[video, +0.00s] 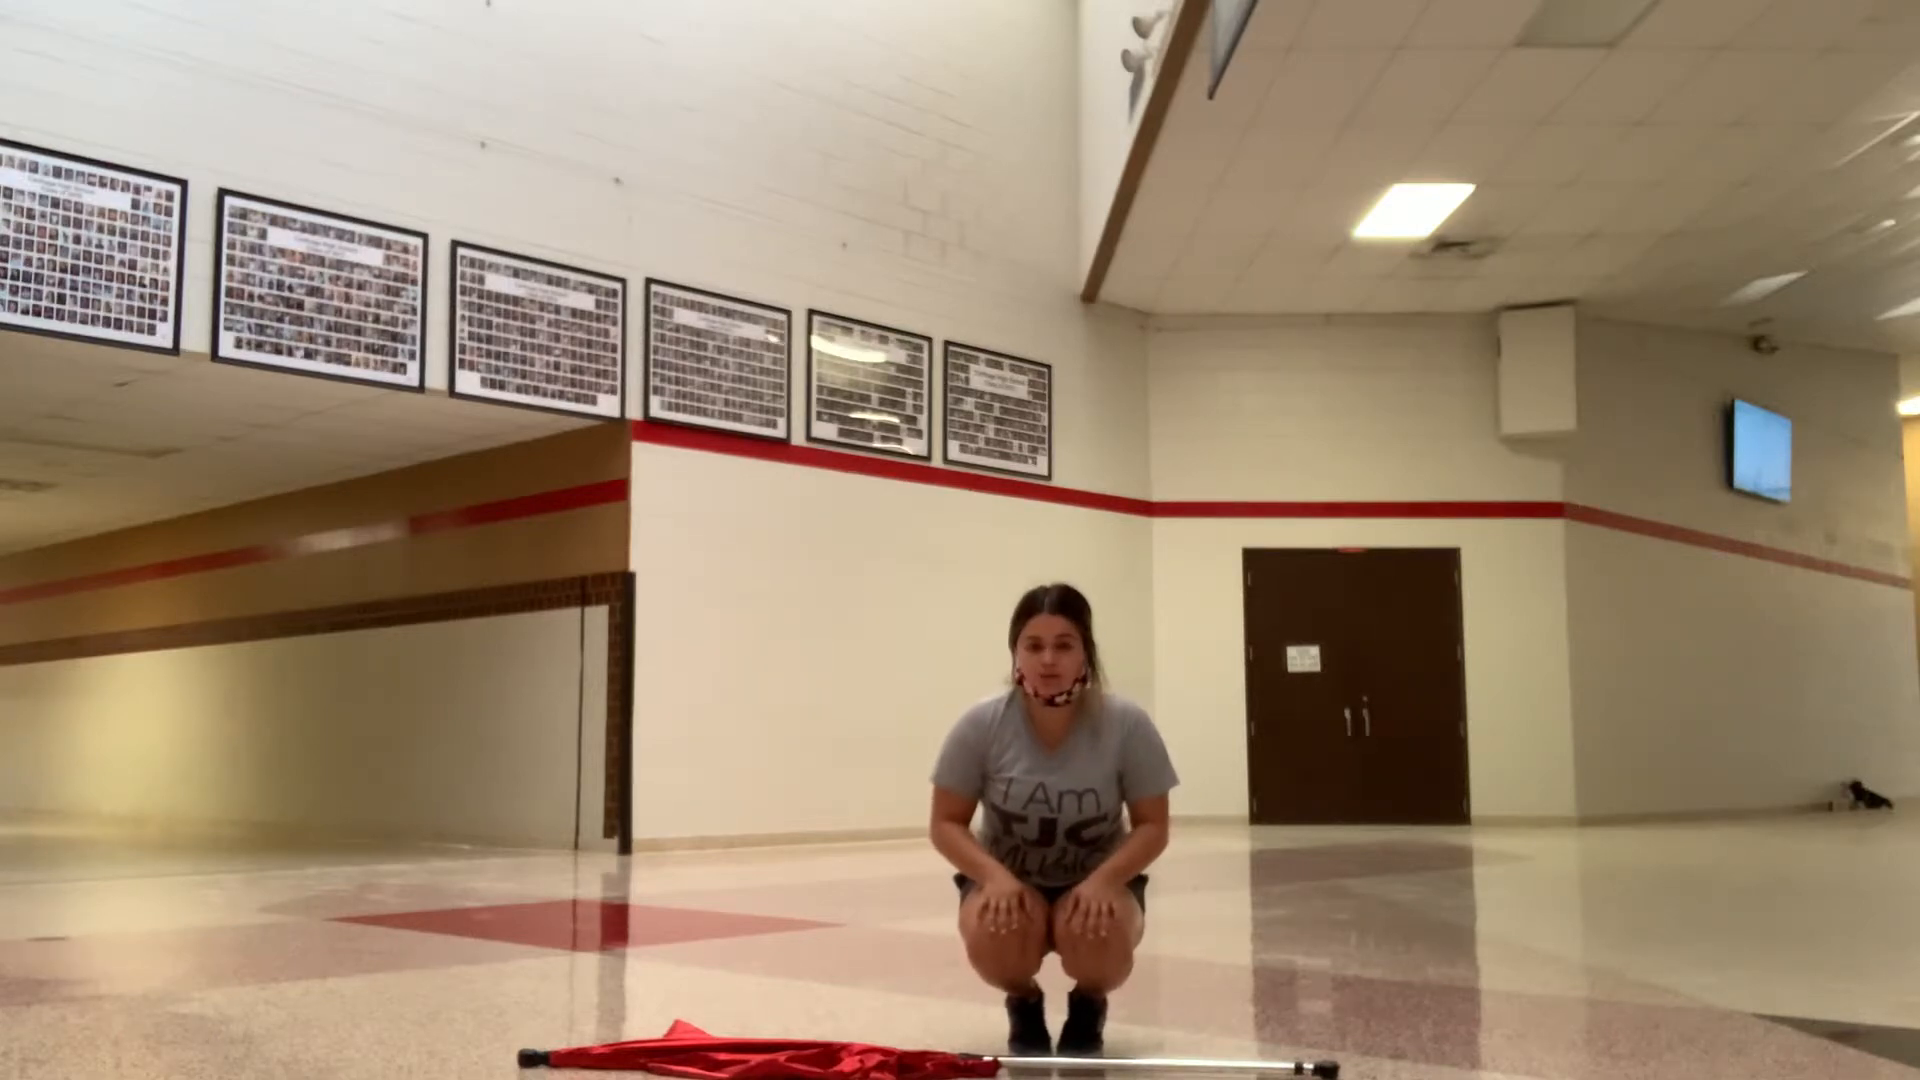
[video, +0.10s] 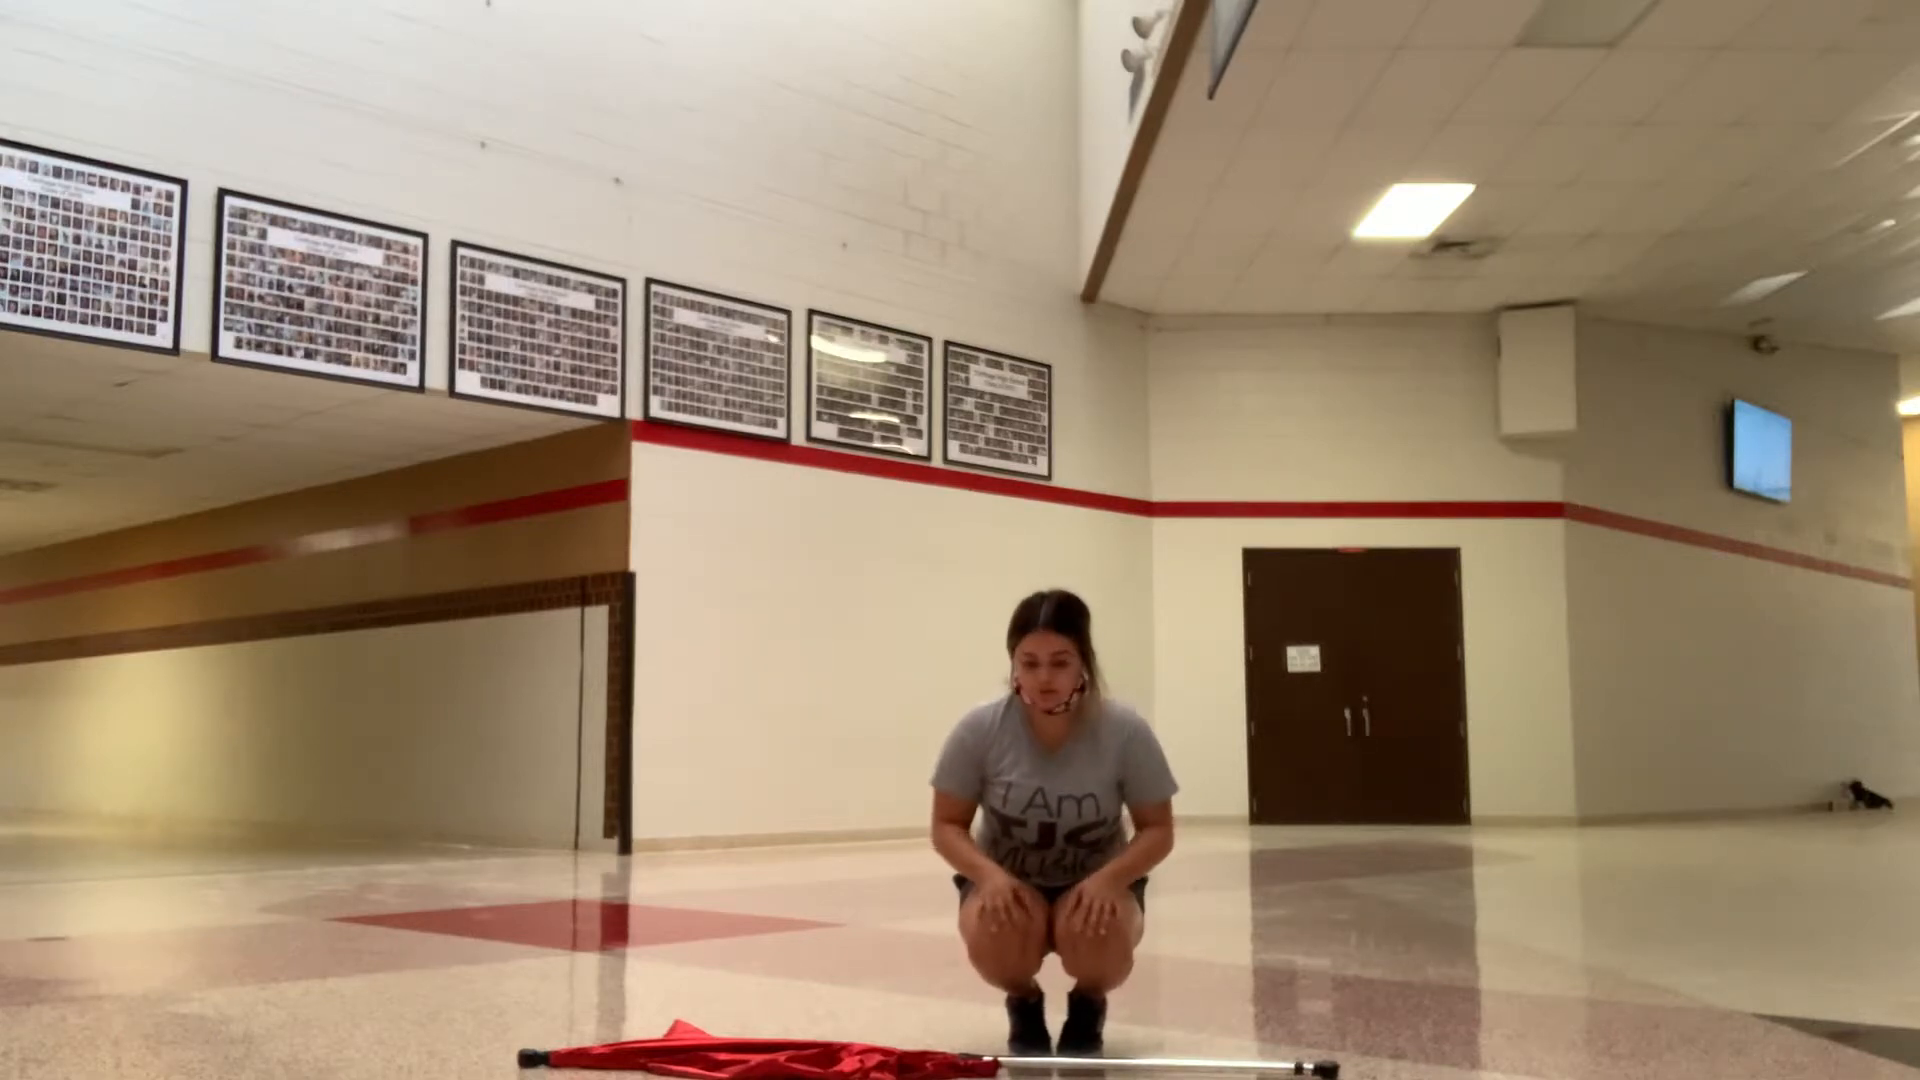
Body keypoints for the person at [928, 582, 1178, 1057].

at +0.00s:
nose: (1049, 660)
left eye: (1064, 646)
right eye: (1034, 646)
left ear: (1087, 655)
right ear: (1015, 656)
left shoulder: (1126, 726)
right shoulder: (983, 727)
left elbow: (1154, 827)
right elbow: (946, 826)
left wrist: (1103, 879)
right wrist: (994, 875)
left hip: (1097, 883)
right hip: (1008, 882)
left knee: (1098, 930)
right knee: (997, 929)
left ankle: (1088, 1006)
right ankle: (1022, 1004)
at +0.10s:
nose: (1045, 678)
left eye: (1060, 662)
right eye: (1031, 663)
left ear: (1084, 665)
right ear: (1013, 665)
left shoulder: (1123, 731)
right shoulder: (980, 731)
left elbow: (1158, 832)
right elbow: (946, 829)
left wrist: (1109, 878)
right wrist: (989, 875)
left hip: (1096, 883)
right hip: (1008, 883)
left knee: (1097, 928)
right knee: (997, 925)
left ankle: (1088, 1005)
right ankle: (1022, 1003)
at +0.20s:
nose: (1040, 701)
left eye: (1055, 685)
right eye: (1026, 685)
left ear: (1081, 681)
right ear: (1011, 679)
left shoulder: (1125, 738)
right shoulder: (979, 738)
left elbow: (1161, 835)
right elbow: (948, 831)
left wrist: (1127, 882)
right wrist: (963, 885)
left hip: (1093, 888)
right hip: (1012, 886)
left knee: (1097, 922)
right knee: (1000, 919)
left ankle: (1087, 1002)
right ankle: (1023, 1001)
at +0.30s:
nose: (1037, 722)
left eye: (1053, 707)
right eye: (1024, 706)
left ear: (1081, 698)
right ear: (1009, 697)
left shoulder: (1125, 749)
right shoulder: (979, 749)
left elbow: (1166, 844)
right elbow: (943, 841)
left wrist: (1154, 911)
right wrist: (939, 915)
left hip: (1095, 881)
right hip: (1007, 880)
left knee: (1100, 921)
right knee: (1000, 922)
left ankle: (1085, 1001)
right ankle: (1025, 1001)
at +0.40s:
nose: (1037, 741)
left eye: (1053, 726)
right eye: (1024, 726)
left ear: (1080, 715)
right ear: (1009, 715)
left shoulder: (1123, 760)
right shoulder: (981, 758)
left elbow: (1171, 860)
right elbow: (937, 856)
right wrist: (932, 954)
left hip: (1095, 882)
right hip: (1006, 881)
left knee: (1105, 918)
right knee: (1001, 920)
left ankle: (1085, 1002)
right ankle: (1025, 1001)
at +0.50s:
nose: (1038, 759)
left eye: (1053, 745)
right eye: (1023, 743)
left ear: (1081, 733)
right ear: (1010, 729)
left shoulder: (1122, 770)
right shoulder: (983, 766)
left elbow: (1169, 878)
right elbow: (938, 869)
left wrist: (1192, 987)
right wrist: (941, 976)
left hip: (1094, 886)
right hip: (1009, 885)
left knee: (1107, 915)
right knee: (1000, 916)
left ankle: (1086, 1002)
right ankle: (1026, 1001)